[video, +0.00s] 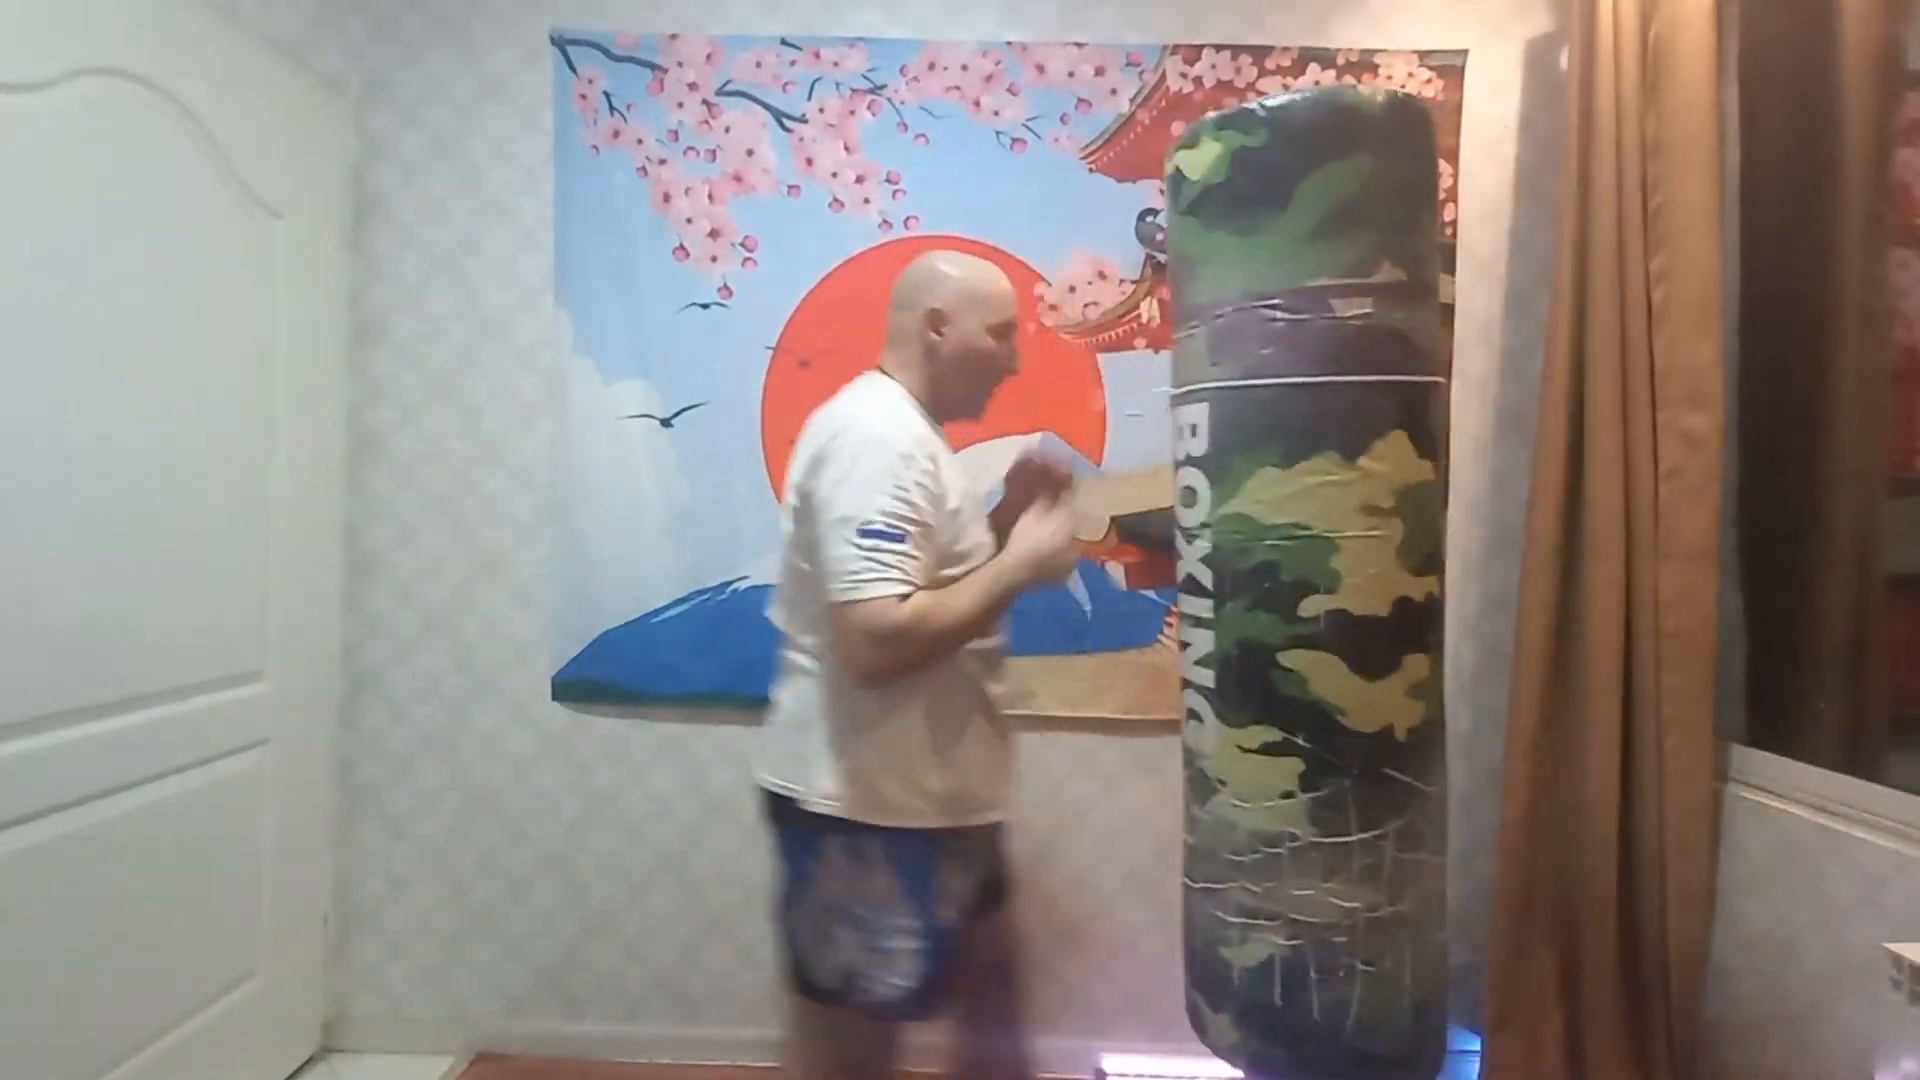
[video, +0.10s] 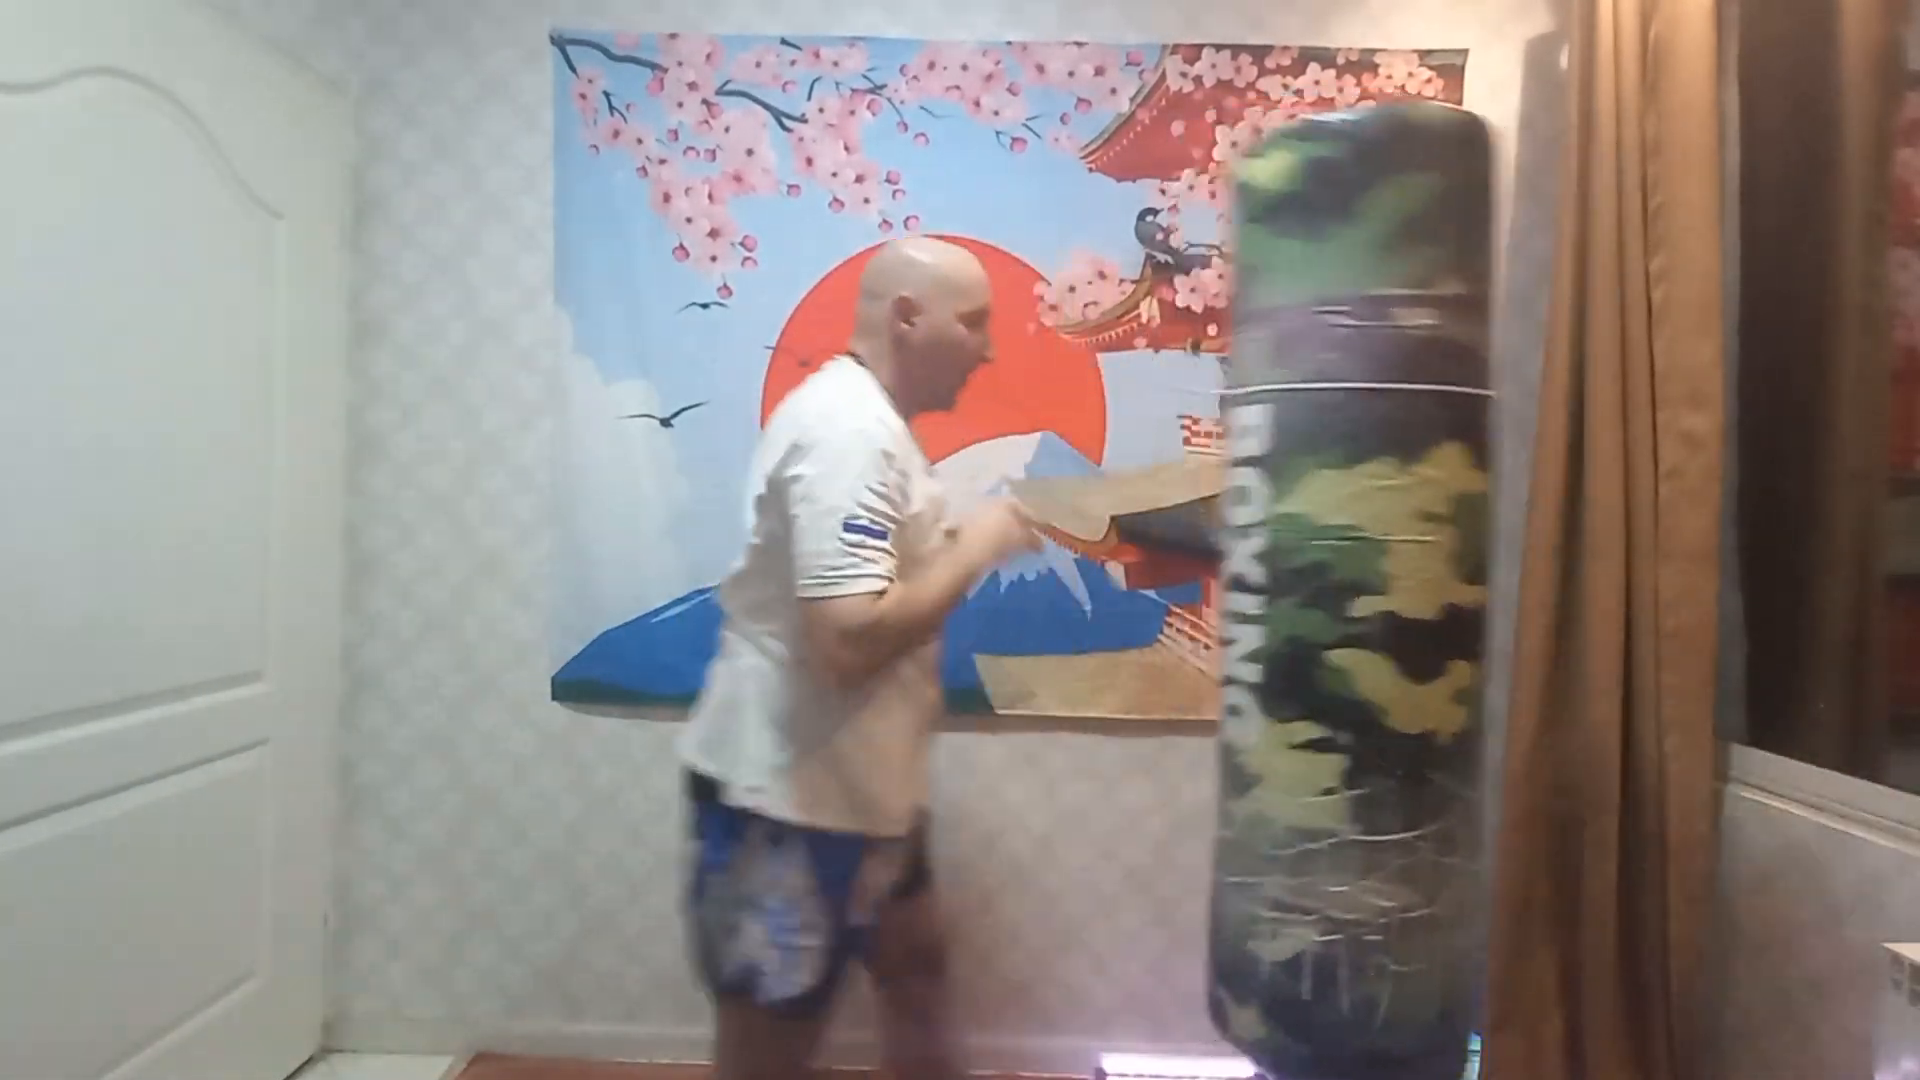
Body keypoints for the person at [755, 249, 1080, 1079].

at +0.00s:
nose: (1014, 357)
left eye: (1014, 334)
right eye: (999, 333)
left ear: (936, 331)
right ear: (934, 328)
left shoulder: (908, 437)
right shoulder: (873, 435)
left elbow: (930, 593)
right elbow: (873, 643)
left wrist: (1006, 516)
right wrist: (1020, 564)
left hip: (936, 807)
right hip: (864, 814)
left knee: (990, 1046)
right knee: (846, 1058)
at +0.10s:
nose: (988, 349)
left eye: (987, 325)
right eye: (974, 323)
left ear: (906, 321)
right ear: (908, 319)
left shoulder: (874, 424)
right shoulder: (842, 427)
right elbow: (846, 644)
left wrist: (961, 539)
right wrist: (975, 548)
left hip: (865, 791)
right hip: (786, 800)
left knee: (916, 983)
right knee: (766, 1056)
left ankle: (926, 1070)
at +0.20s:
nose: (944, 341)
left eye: (944, 317)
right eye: (928, 316)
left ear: (862, 310)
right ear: (859, 308)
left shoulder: (832, 411)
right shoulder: (797, 413)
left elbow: (866, 541)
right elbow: (861, 615)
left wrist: (943, 486)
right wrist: (985, 498)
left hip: (815, 767)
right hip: (742, 787)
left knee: (861, 945)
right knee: (741, 1048)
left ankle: (818, 1069)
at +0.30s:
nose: (892, 339)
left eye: (892, 315)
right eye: (875, 312)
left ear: (809, 308)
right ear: (802, 304)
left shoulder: (784, 405)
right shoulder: (751, 403)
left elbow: (873, 570)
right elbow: (875, 581)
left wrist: (916, 449)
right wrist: (1032, 476)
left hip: (763, 769)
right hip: (713, 782)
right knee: (721, 1037)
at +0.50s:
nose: (819, 350)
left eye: (818, 329)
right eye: (805, 327)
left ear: (731, 324)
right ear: (738, 321)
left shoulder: (674, 401)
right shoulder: (720, 421)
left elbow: (769, 568)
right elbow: (760, 604)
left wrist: (825, 481)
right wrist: (872, 501)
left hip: (620, 765)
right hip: (689, 786)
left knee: (612, 996)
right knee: (756, 1028)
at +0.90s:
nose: (782, 332)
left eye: (781, 310)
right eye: (767, 310)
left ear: (690, 310)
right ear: (698, 307)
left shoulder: (631, 379)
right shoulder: (704, 402)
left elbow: (679, 488)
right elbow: (820, 521)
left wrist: (798, 457)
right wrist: (945, 422)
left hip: (566, 754)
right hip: (660, 774)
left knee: (581, 981)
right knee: (730, 1027)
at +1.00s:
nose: (783, 329)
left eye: (782, 308)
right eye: (767, 306)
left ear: (692, 308)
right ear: (694, 304)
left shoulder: (683, 409)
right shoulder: (654, 408)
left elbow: (792, 541)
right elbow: (632, 603)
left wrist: (831, 432)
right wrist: (835, 532)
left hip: (618, 792)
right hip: (673, 803)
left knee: (596, 1014)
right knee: (758, 1055)